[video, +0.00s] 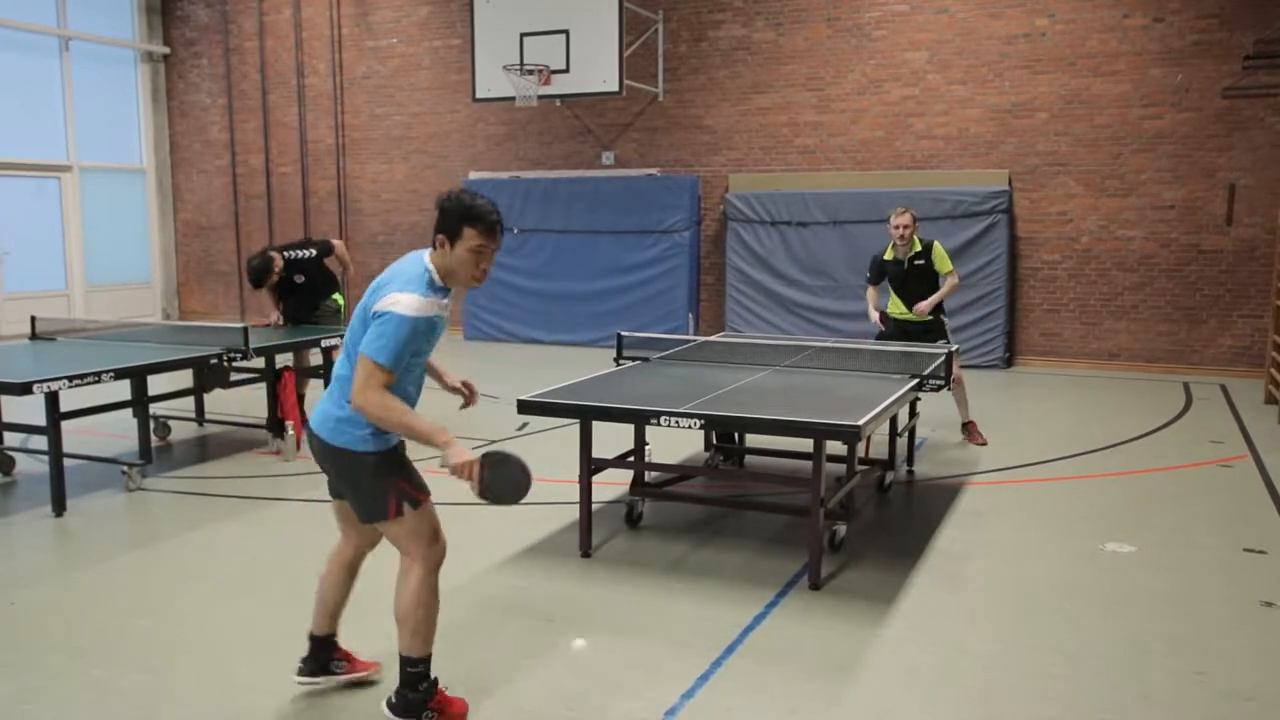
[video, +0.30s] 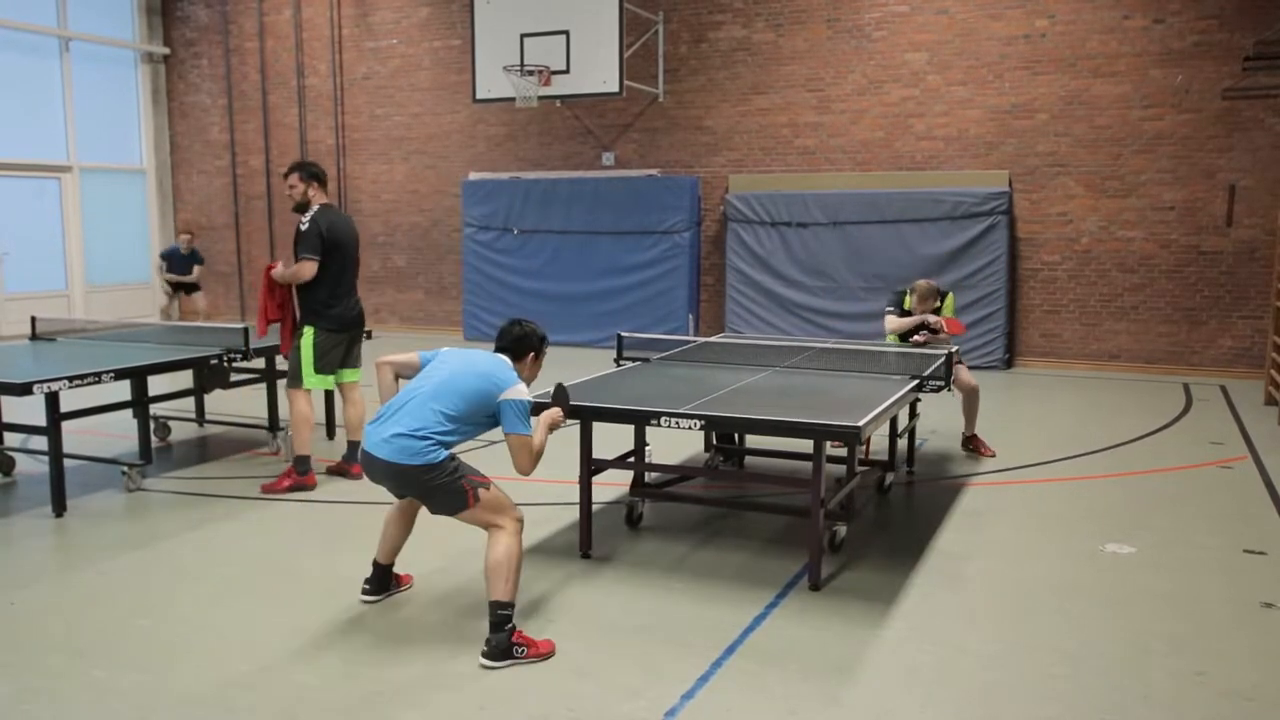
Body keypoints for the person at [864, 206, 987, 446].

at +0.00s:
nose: (901, 232)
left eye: (906, 227)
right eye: (896, 227)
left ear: (915, 228)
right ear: (889, 229)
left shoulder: (931, 248)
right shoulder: (882, 258)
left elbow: (952, 279)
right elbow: (872, 286)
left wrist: (931, 302)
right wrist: (873, 310)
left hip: (931, 323)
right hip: (896, 322)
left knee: (955, 374)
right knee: (877, 372)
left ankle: (967, 423)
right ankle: (866, 429)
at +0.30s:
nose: (921, 314)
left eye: (926, 311)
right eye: (916, 310)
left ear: (936, 301)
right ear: (910, 298)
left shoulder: (946, 299)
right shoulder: (898, 298)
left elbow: (948, 337)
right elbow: (890, 327)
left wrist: (929, 338)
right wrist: (923, 318)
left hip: (940, 354)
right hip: (903, 355)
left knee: (971, 387)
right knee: (875, 387)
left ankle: (969, 436)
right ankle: (862, 439)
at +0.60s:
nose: (929, 308)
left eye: (934, 305)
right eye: (925, 304)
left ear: (942, 297)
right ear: (918, 293)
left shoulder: (949, 293)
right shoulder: (905, 297)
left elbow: (957, 327)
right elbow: (911, 322)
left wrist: (938, 330)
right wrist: (944, 313)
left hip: (938, 356)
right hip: (904, 357)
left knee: (978, 388)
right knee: (877, 391)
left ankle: (970, 437)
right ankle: (863, 437)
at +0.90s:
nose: (932, 254)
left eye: (936, 249)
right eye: (927, 249)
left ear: (943, 244)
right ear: (917, 241)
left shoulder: (948, 253)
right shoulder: (904, 256)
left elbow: (967, 278)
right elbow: (934, 264)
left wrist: (953, 273)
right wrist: (952, 241)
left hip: (935, 332)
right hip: (900, 332)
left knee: (965, 382)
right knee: (882, 383)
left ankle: (969, 435)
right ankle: (860, 433)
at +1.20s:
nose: (923, 283)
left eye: (928, 279)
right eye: (918, 277)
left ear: (935, 271)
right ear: (910, 268)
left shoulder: (939, 268)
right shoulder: (893, 278)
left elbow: (957, 277)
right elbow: (884, 313)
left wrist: (976, 290)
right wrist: (918, 302)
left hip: (932, 341)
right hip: (896, 343)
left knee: (971, 388)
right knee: (878, 389)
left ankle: (969, 437)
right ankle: (860, 437)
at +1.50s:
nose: (913, 274)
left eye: (918, 269)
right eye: (909, 269)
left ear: (928, 265)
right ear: (903, 264)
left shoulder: (941, 275)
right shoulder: (889, 277)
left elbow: (969, 291)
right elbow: (849, 278)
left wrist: (980, 308)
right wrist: (870, 287)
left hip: (937, 351)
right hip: (900, 351)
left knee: (971, 394)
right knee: (871, 391)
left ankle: (969, 437)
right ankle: (857, 437)